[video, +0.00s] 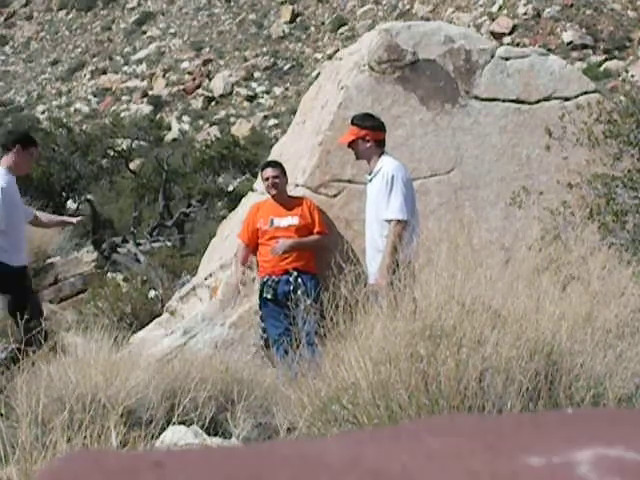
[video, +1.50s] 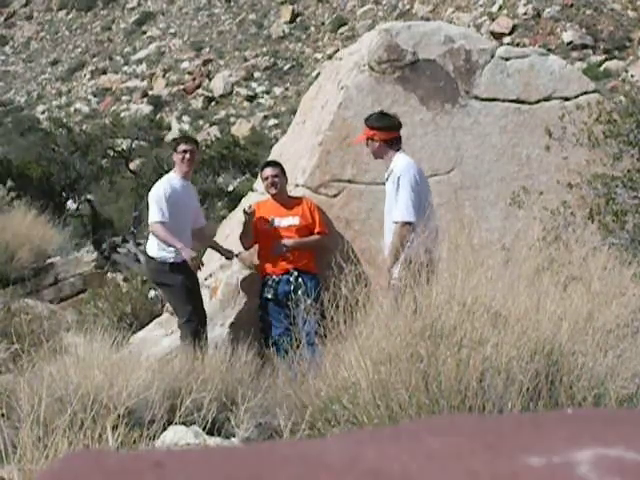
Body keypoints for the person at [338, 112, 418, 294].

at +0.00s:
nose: (350, 147)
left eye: (354, 142)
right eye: (350, 142)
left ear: (368, 141)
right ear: (367, 142)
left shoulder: (393, 171)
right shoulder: (375, 175)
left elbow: (398, 224)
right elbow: (379, 226)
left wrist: (386, 273)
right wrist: (374, 273)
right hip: (376, 276)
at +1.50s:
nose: (367, 146)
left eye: (368, 141)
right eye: (367, 141)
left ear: (379, 142)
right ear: (390, 140)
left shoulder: (406, 171)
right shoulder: (398, 169)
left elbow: (405, 225)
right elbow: (402, 224)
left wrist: (390, 266)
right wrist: (391, 263)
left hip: (411, 266)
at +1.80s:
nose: (377, 141)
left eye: (378, 136)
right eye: (377, 136)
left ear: (387, 138)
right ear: (405, 135)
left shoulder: (406, 169)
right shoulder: (425, 162)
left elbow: (405, 227)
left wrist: (388, 270)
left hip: (418, 261)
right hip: (438, 257)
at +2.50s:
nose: (388, 145)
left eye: (388, 139)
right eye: (387, 139)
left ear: (398, 138)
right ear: (415, 135)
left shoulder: (409, 169)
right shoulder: (436, 161)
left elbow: (404, 223)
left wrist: (390, 253)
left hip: (423, 250)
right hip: (448, 246)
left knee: (421, 309)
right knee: (443, 309)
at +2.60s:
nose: (392, 147)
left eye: (392, 141)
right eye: (391, 142)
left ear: (401, 139)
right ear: (417, 137)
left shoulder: (412, 169)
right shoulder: (438, 161)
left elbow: (393, 223)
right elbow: (422, 209)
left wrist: (363, 246)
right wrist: (384, 227)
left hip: (425, 252)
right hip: (450, 248)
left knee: (423, 312)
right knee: (442, 311)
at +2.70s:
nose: (392, 145)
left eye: (393, 139)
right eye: (391, 140)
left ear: (405, 139)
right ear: (418, 137)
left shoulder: (414, 171)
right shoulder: (440, 162)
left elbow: (385, 220)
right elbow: (422, 198)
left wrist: (357, 222)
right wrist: (387, 200)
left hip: (427, 256)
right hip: (451, 251)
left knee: (425, 319)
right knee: (444, 316)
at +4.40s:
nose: (399, 146)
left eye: (400, 140)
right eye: (398, 141)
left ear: (410, 139)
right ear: (427, 137)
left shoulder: (416, 171)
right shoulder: (447, 164)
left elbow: (388, 216)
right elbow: (421, 196)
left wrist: (355, 213)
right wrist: (384, 190)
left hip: (431, 257)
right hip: (458, 253)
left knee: (429, 318)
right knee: (453, 315)